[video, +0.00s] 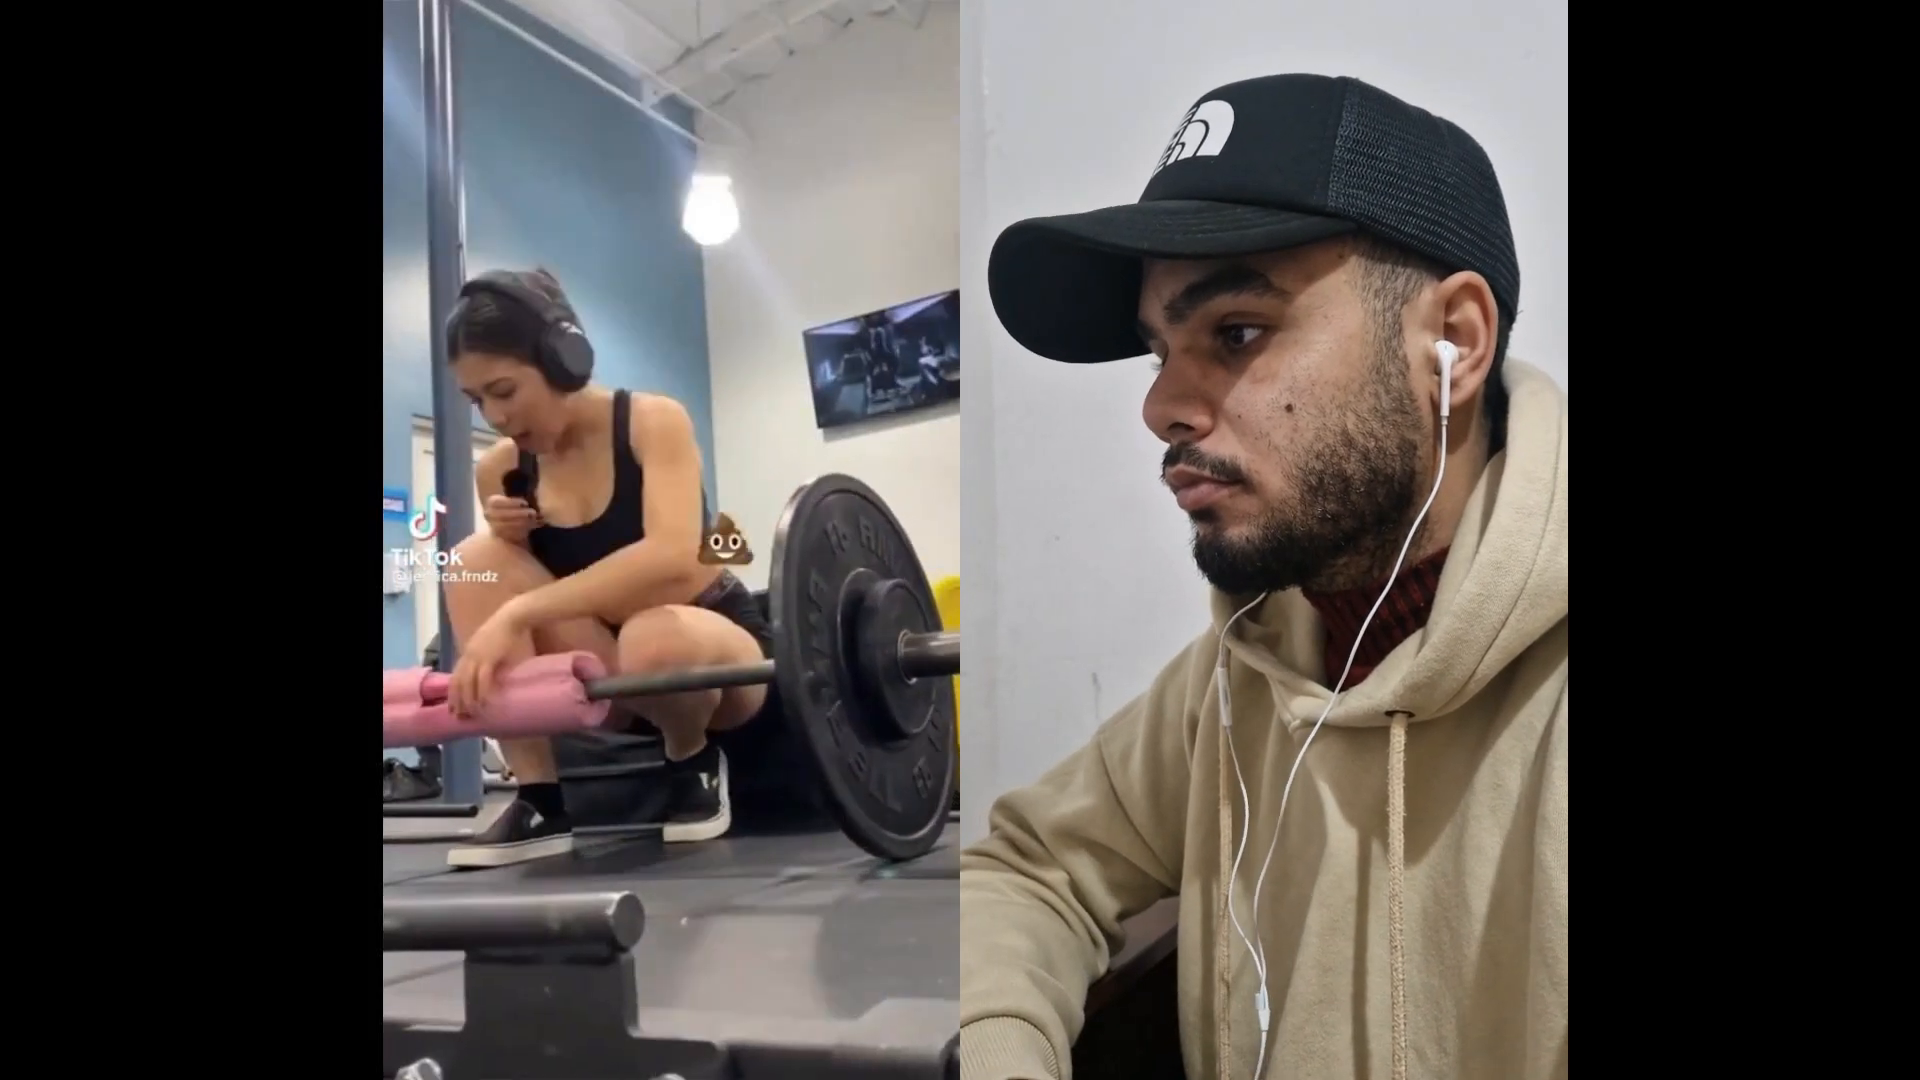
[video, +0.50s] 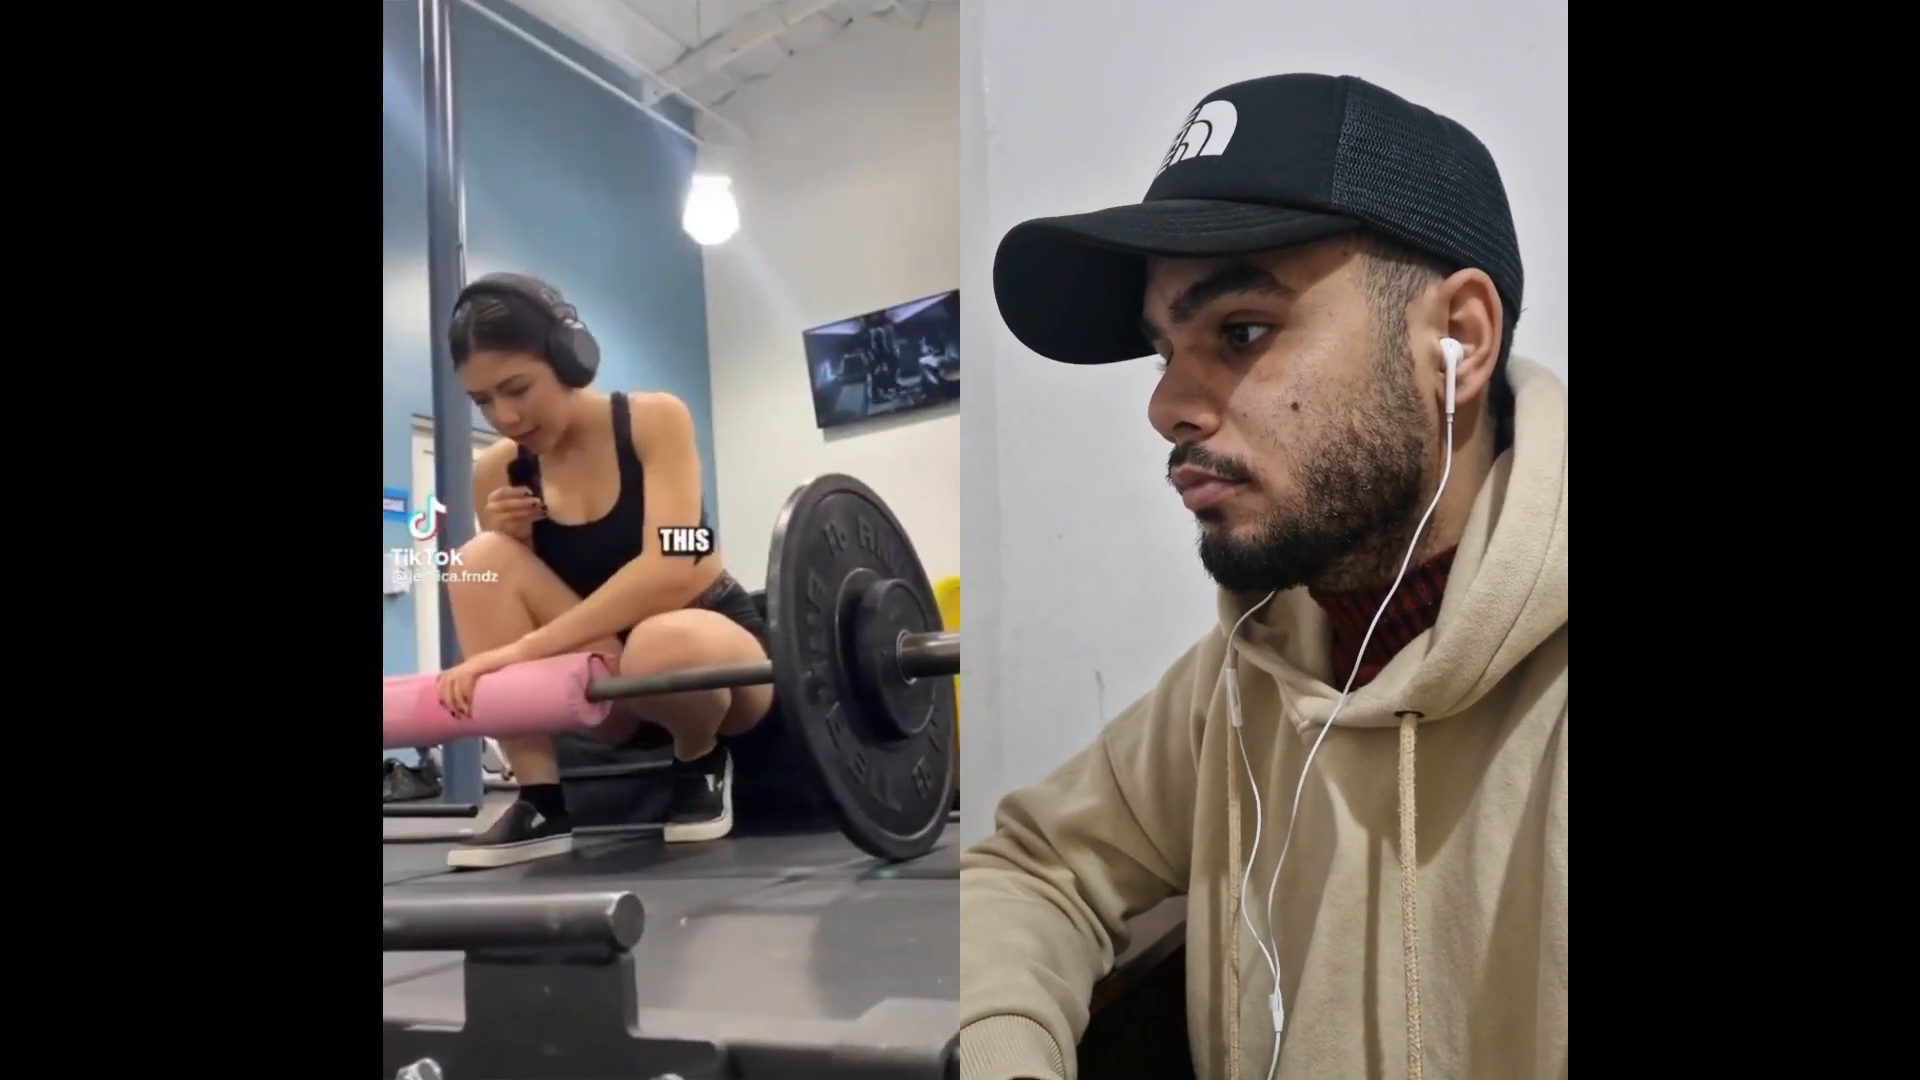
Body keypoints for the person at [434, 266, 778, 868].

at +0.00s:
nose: (495, 418)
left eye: (505, 391)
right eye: (477, 400)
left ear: (562, 361)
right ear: (467, 395)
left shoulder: (656, 422)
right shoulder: (500, 471)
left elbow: (677, 566)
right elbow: (541, 596)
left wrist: (521, 617)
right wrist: (510, 540)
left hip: (713, 647)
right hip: (602, 661)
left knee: (652, 641)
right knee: (476, 560)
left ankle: (690, 761)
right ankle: (539, 797)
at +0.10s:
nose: (488, 422)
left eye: (497, 394)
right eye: (471, 404)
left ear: (555, 364)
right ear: (462, 398)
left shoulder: (652, 424)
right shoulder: (502, 470)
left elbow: (648, 566)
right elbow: (541, 592)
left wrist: (499, 641)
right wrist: (506, 536)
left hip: (715, 647)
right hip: (604, 659)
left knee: (655, 641)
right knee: (474, 560)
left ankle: (688, 762)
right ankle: (540, 799)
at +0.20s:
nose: (488, 424)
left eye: (497, 396)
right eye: (471, 406)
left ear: (554, 365)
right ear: (462, 402)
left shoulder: (652, 424)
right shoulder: (504, 471)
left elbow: (649, 568)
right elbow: (542, 598)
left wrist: (498, 638)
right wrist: (508, 538)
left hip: (718, 647)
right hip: (602, 659)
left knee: (645, 645)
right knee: (473, 561)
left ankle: (691, 761)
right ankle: (540, 798)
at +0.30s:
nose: (490, 423)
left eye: (501, 395)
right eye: (472, 405)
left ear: (555, 364)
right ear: (461, 399)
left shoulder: (651, 419)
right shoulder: (500, 472)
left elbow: (661, 566)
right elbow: (539, 602)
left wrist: (512, 638)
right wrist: (509, 541)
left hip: (720, 646)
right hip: (603, 660)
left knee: (638, 646)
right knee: (474, 561)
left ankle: (696, 762)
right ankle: (540, 798)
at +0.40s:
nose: (497, 421)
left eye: (508, 393)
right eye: (477, 404)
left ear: (558, 362)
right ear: (464, 397)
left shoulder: (653, 419)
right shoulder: (497, 471)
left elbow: (674, 571)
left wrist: (519, 650)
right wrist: (510, 542)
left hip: (716, 646)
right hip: (602, 664)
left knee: (646, 647)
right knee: (477, 562)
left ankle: (698, 761)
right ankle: (540, 798)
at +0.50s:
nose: (504, 417)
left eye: (517, 389)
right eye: (483, 400)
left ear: (567, 361)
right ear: (468, 395)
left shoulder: (656, 420)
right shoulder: (497, 471)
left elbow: (674, 572)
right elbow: (519, 608)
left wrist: (519, 651)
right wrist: (511, 544)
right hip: (600, 668)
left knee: (662, 644)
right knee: (480, 561)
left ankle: (697, 764)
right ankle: (541, 799)